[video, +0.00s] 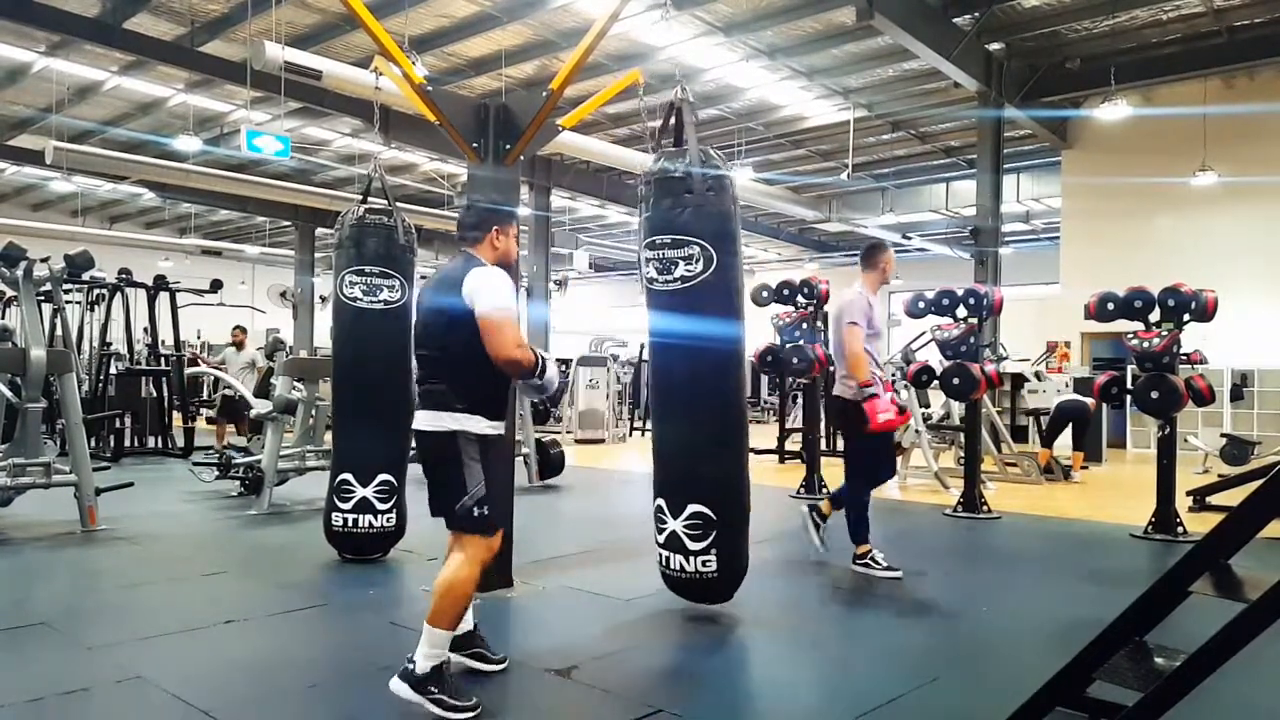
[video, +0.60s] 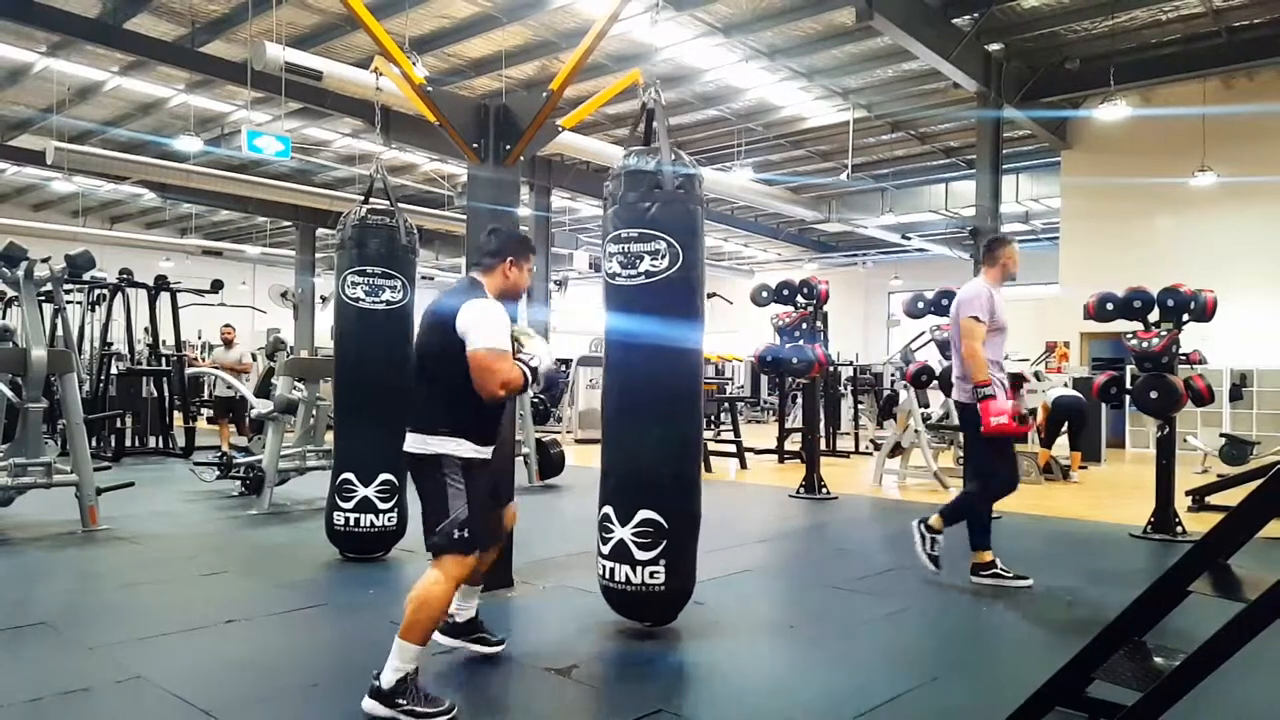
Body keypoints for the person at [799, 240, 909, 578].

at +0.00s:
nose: (893, 271)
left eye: (892, 265)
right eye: (891, 265)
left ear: (871, 265)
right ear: (881, 266)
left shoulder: (868, 302)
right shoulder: (855, 301)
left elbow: (865, 352)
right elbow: (854, 354)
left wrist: (879, 384)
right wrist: (869, 392)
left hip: (868, 397)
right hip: (852, 399)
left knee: (884, 468)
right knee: (860, 476)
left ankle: (824, 508)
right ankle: (862, 550)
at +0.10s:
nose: (909, 267)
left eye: (908, 261)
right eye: (909, 262)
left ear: (884, 262)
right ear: (902, 263)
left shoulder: (885, 297)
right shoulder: (876, 296)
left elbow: (890, 349)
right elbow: (889, 346)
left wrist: (913, 375)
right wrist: (916, 380)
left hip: (886, 397)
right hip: (876, 399)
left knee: (918, 464)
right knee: (870, 474)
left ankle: (870, 518)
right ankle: (863, 550)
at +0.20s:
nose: (927, 269)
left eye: (926, 263)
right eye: (926, 263)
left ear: (899, 261)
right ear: (920, 263)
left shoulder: (900, 296)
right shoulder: (896, 295)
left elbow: (913, 349)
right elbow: (913, 347)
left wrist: (946, 367)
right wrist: (949, 370)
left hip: (905, 400)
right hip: (891, 401)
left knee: (934, 467)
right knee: (880, 475)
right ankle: (863, 551)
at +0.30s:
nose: (946, 270)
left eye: (944, 265)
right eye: (945, 265)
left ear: (917, 264)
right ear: (938, 265)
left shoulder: (911, 297)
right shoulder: (917, 296)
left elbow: (917, 357)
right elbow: (931, 348)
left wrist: (940, 399)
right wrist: (973, 369)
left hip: (915, 405)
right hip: (910, 405)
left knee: (939, 482)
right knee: (887, 479)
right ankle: (864, 550)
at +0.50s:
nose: (998, 266)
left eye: (998, 260)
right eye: (997, 260)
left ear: (971, 260)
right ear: (988, 261)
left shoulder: (970, 296)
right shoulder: (961, 294)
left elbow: (965, 354)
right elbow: (960, 352)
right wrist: (994, 387)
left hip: (971, 404)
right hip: (960, 406)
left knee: (978, 481)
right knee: (966, 482)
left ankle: (983, 562)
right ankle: (896, 533)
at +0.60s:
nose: (1017, 262)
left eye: (1016, 256)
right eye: (1014, 256)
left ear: (993, 258)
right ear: (1003, 258)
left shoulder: (985, 294)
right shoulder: (977, 293)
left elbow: (978, 350)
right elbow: (972, 348)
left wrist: (1002, 385)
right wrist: (986, 395)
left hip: (981, 398)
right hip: (979, 399)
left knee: (981, 480)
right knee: (1005, 478)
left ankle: (983, 562)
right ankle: (932, 525)